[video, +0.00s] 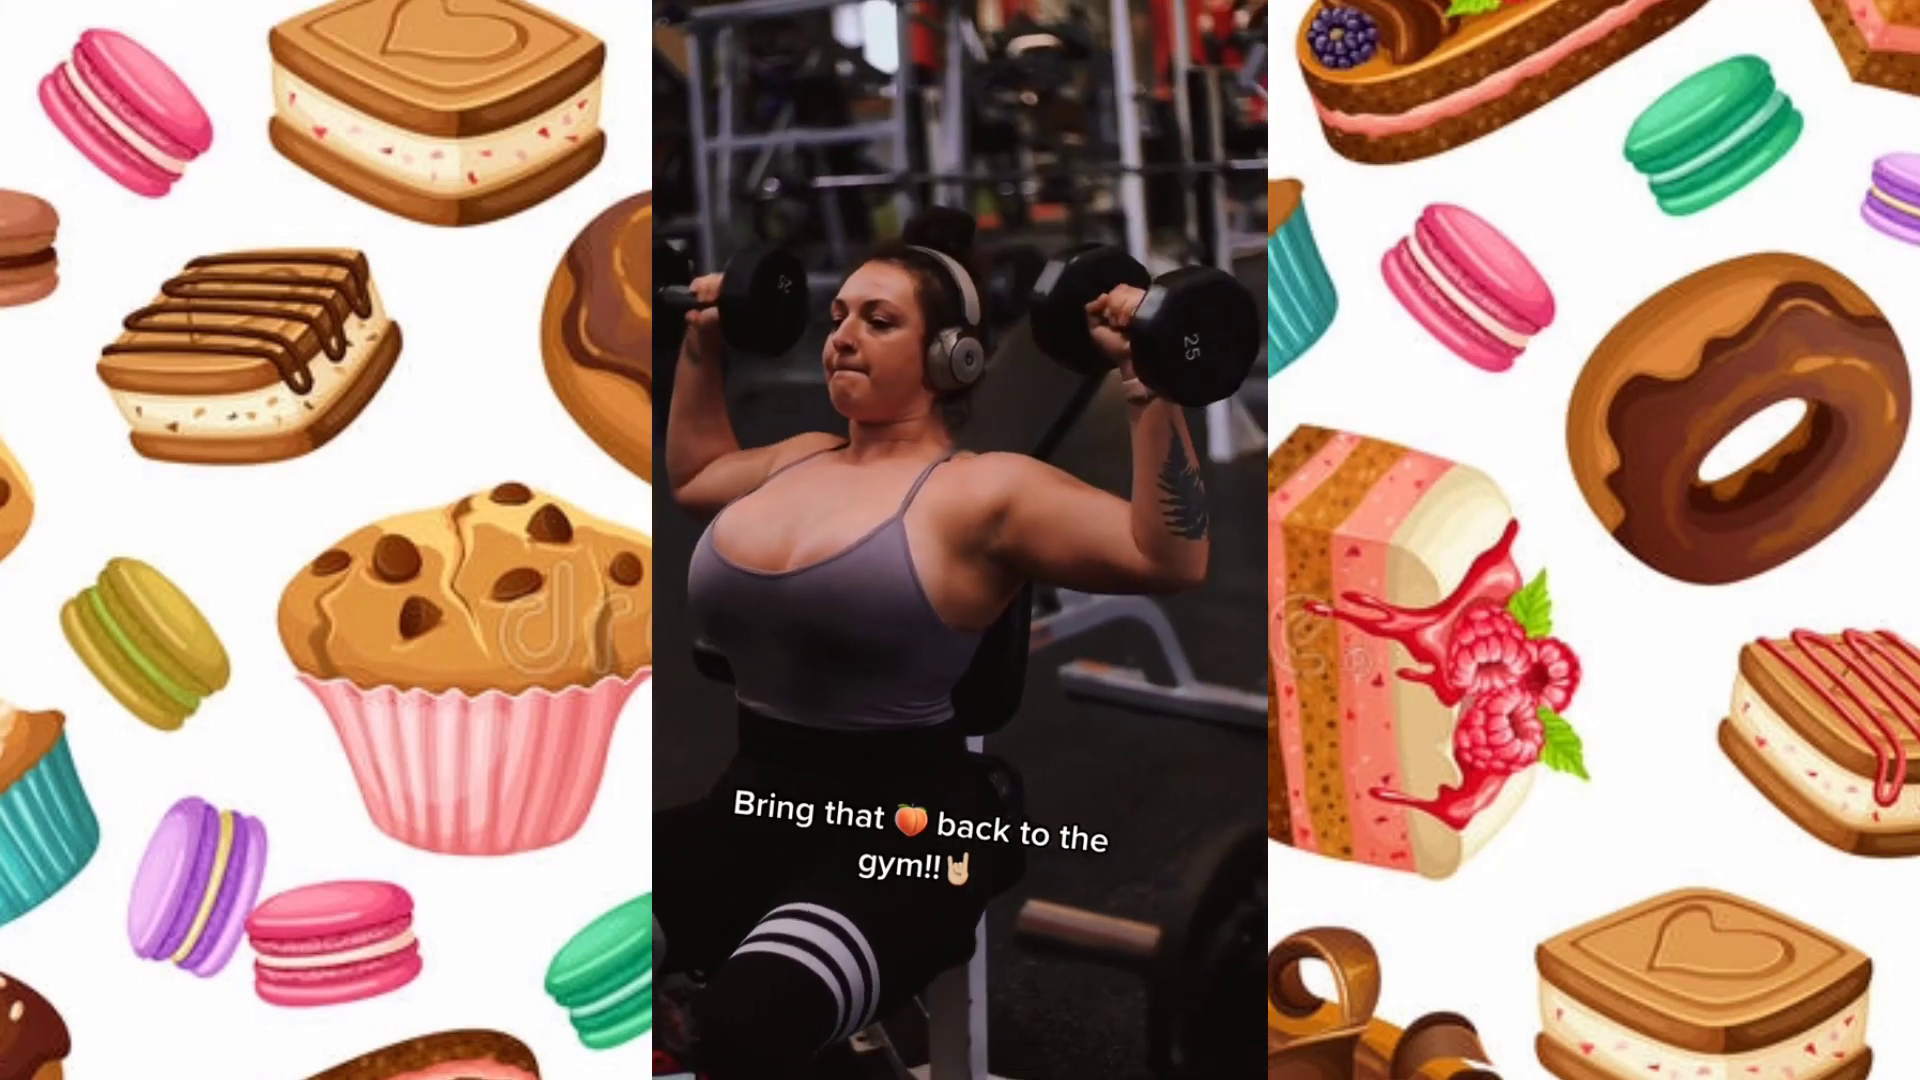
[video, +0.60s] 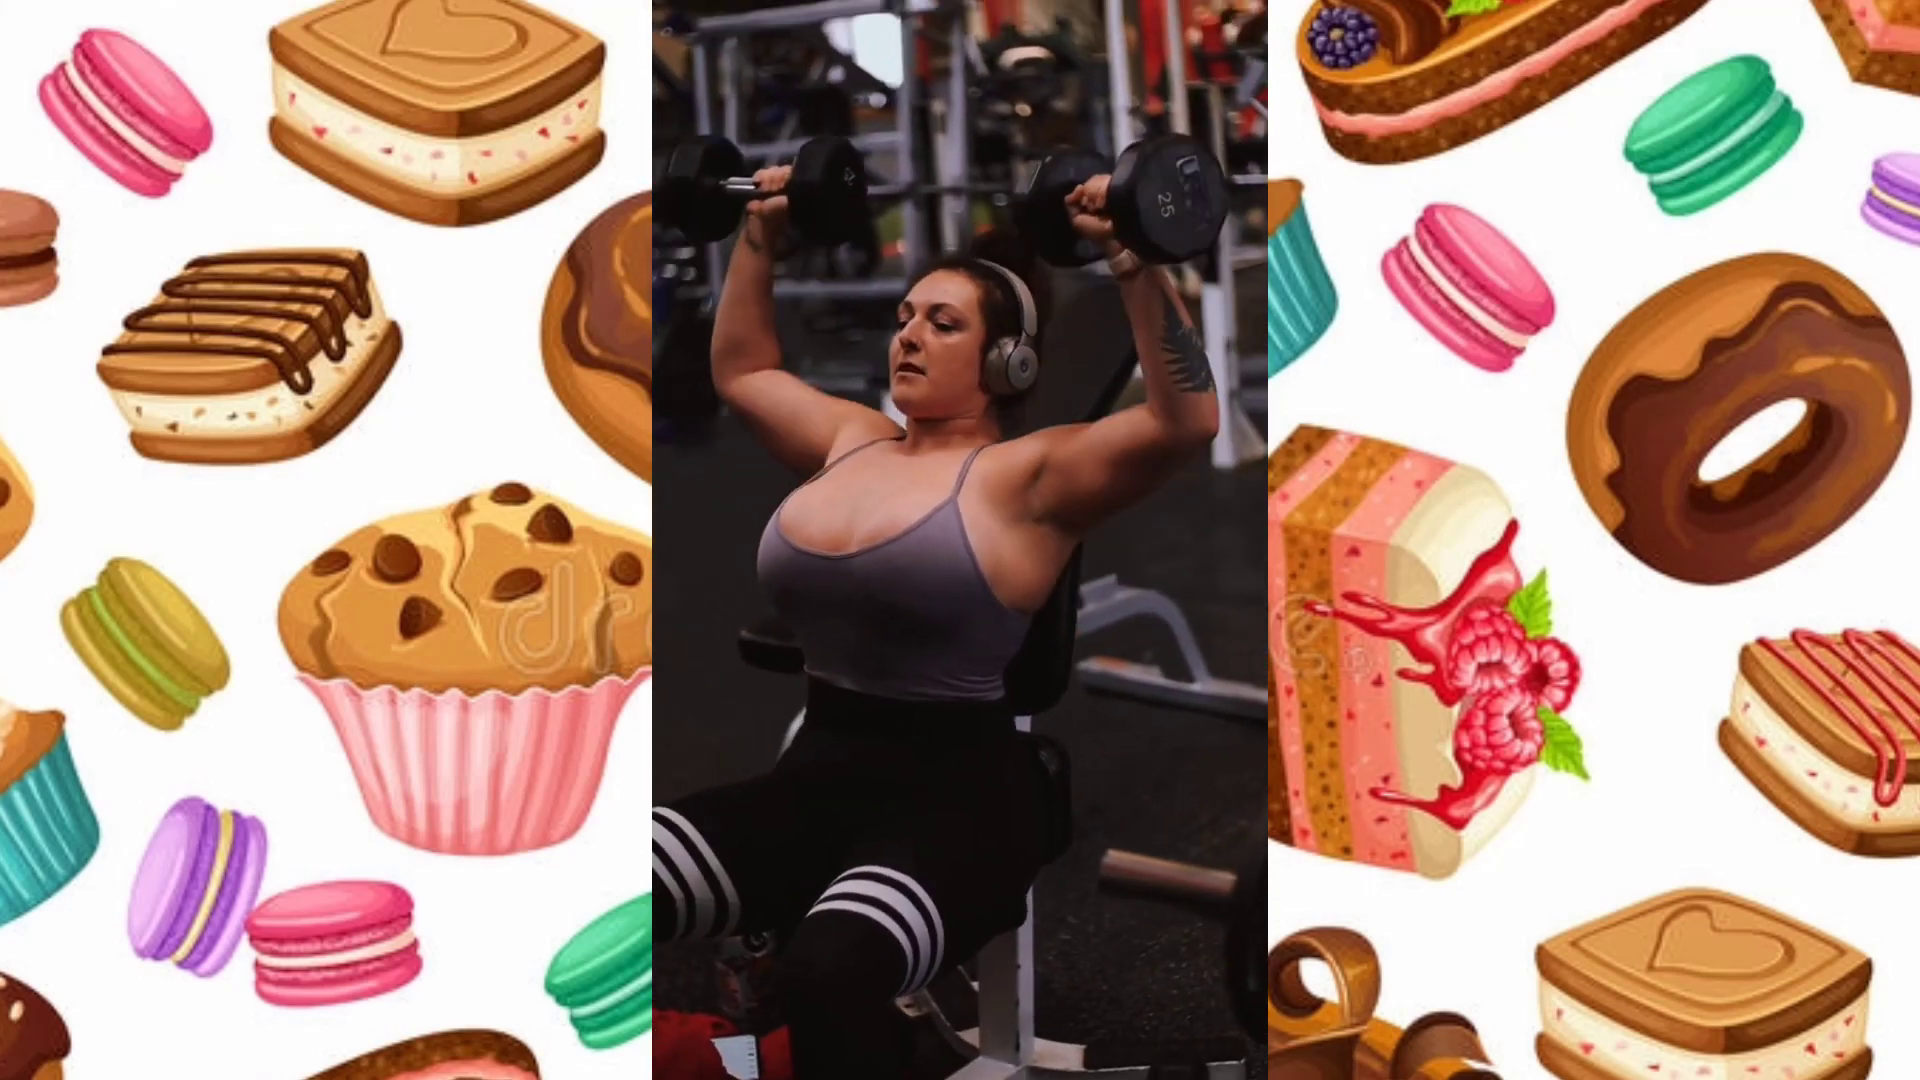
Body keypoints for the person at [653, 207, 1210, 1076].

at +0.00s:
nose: (843, 337)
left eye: (879, 320)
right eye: (839, 316)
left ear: (948, 356)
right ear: (824, 335)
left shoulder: (985, 490)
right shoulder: (804, 456)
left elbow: (1172, 558)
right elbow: (692, 472)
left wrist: (1151, 381)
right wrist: (701, 347)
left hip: (903, 831)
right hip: (759, 811)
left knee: (741, 1023)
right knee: (559, 907)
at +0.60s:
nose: (908, 335)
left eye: (941, 321)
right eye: (904, 319)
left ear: (1005, 358)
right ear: (890, 340)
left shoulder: (1032, 476)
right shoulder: (848, 438)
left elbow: (1186, 423)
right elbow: (743, 368)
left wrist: (1130, 258)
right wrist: (757, 237)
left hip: (961, 797)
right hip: (823, 779)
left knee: (824, 966)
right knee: (608, 885)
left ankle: (922, 1046)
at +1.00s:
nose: (885, 400)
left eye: (919, 386)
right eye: (884, 383)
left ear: (979, 421)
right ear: (871, 405)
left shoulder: (1009, 523)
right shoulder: (842, 490)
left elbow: (1080, 364)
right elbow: (769, 349)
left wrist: (1036, 201)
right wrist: (773, 201)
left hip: (945, 849)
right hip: (808, 832)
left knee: (810, 1028)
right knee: (605, 945)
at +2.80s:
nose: (863, 433)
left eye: (895, 416)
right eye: (857, 414)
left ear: (957, 445)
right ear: (843, 430)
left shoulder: (992, 565)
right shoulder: (816, 529)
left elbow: (1141, 494)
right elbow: (718, 462)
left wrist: (1090, 335)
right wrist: (745, 338)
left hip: (925, 877)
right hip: (789, 859)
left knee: (797, 1042)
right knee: (589, 966)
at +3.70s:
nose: (862, 383)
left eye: (895, 366)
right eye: (857, 362)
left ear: (964, 396)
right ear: (845, 379)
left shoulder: (998, 522)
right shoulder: (814, 486)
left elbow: (1167, 507)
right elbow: (701, 449)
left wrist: (1117, 341)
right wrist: (731, 311)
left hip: (933, 854)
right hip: (786, 834)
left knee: (787, 1031)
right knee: (587, 947)